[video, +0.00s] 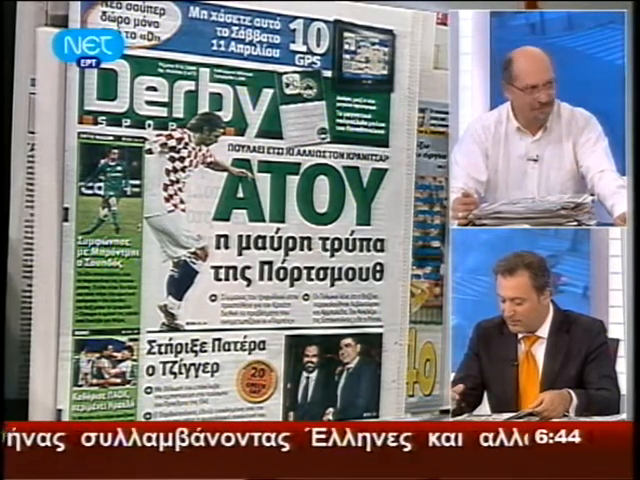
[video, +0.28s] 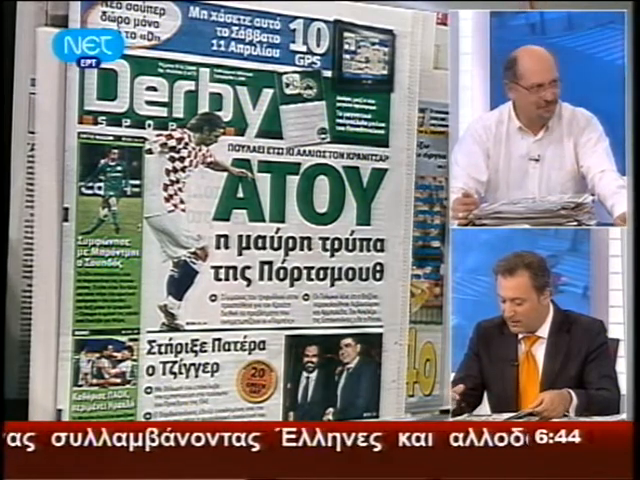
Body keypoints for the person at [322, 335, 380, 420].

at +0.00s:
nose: (343, 351)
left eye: (347, 346)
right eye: (341, 348)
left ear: (358, 348)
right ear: (339, 351)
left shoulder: (367, 367)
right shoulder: (341, 371)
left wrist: (335, 416)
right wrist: (331, 410)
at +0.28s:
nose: (343, 351)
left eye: (347, 346)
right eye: (341, 348)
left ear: (358, 348)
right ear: (339, 351)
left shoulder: (367, 367)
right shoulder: (341, 371)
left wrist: (335, 416)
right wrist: (331, 410)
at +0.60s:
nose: (343, 351)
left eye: (347, 346)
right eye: (341, 348)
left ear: (358, 348)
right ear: (339, 351)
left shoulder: (367, 367)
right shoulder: (341, 371)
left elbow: (361, 407)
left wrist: (335, 416)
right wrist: (331, 410)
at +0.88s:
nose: (343, 351)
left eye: (347, 346)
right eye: (341, 348)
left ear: (358, 348)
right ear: (339, 351)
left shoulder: (367, 368)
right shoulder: (341, 371)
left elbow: (361, 407)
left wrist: (335, 416)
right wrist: (332, 410)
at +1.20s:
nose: (343, 351)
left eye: (347, 346)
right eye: (341, 348)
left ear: (358, 348)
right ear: (339, 351)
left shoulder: (367, 368)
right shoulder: (341, 371)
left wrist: (335, 416)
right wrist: (332, 410)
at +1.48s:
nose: (343, 351)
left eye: (347, 346)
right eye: (341, 348)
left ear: (358, 348)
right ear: (339, 351)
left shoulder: (367, 368)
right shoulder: (342, 371)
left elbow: (360, 408)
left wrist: (335, 415)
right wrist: (332, 411)